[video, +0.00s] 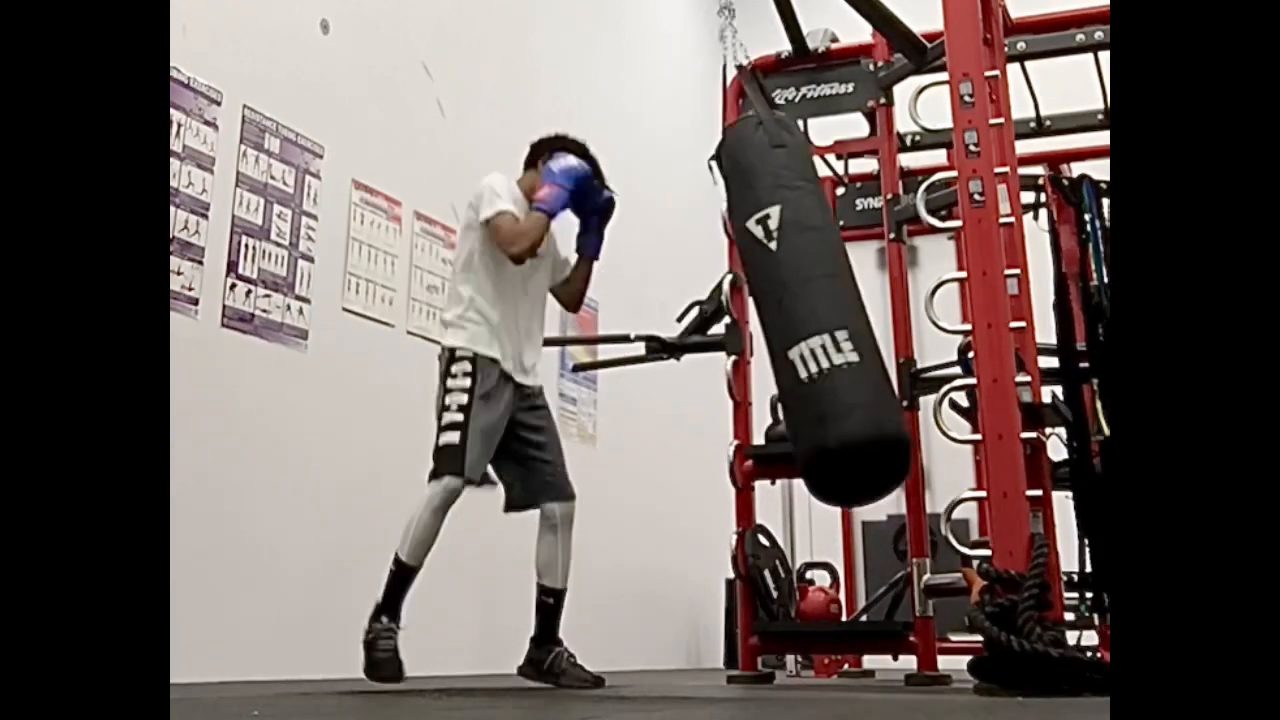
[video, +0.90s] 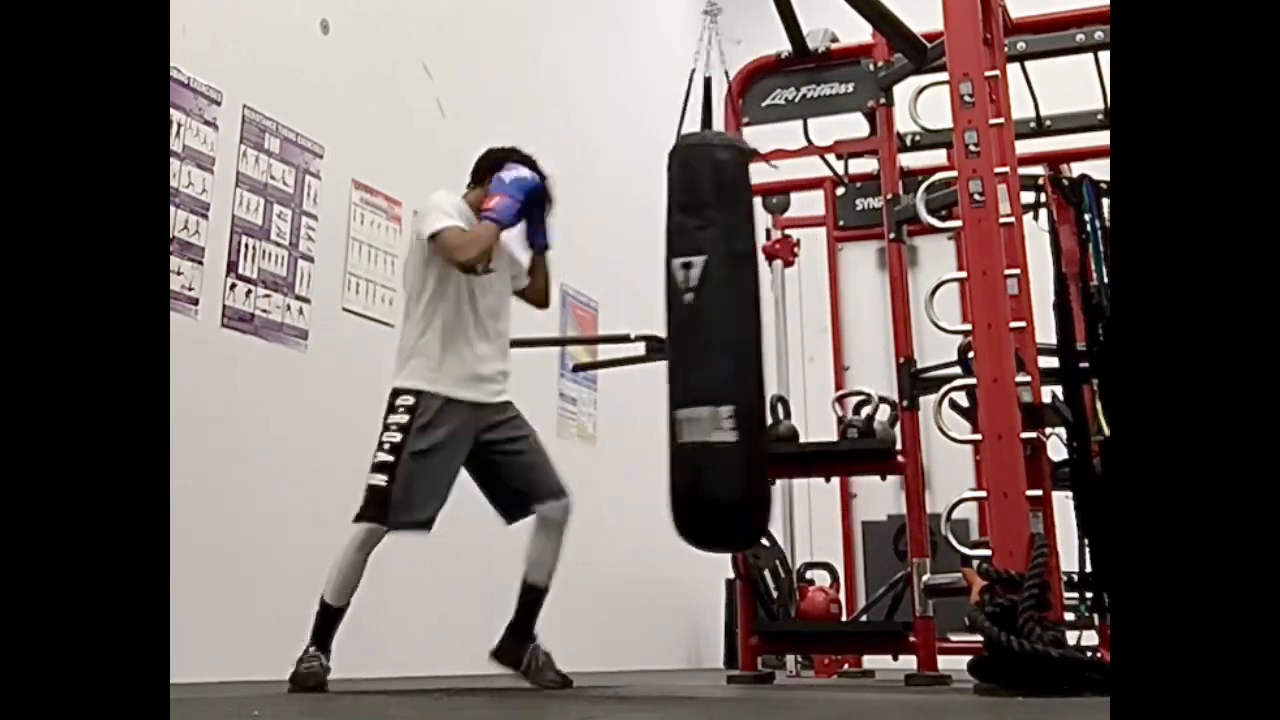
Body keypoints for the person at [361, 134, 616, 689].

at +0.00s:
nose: (565, 191)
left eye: (571, 185)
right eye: (562, 178)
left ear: (564, 191)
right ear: (535, 168)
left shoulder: (543, 236)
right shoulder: (496, 189)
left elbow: (571, 298)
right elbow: (515, 244)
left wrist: (592, 233)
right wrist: (552, 200)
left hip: (522, 376)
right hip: (475, 358)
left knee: (558, 504)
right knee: (448, 483)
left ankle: (545, 647)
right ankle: (385, 622)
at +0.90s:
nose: (512, 203)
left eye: (520, 197)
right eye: (509, 191)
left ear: (512, 201)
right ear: (483, 184)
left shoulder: (504, 249)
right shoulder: (438, 206)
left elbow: (539, 298)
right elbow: (467, 253)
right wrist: (504, 208)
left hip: (490, 399)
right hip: (427, 393)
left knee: (555, 507)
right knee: (372, 524)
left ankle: (518, 639)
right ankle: (317, 651)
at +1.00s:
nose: (527, 229)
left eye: (533, 221)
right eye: (525, 217)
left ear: (530, 219)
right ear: (498, 203)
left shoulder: (523, 255)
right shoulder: (437, 234)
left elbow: (555, 304)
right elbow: (422, 311)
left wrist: (597, 281)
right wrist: (471, 246)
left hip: (503, 407)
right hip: (432, 409)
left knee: (588, 502)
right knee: (370, 524)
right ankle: (313, 651)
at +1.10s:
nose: (560, 243)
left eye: (567, 233)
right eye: (553, 231)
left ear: (567, 225)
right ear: (526, 216)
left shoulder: (568, 268)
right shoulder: (468, 258)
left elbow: (616, 310)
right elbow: (401, 326)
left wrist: (661, 295)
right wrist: (456, 301)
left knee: (630, 508)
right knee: (398, 518)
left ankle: (640, 646)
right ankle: (348, 650)